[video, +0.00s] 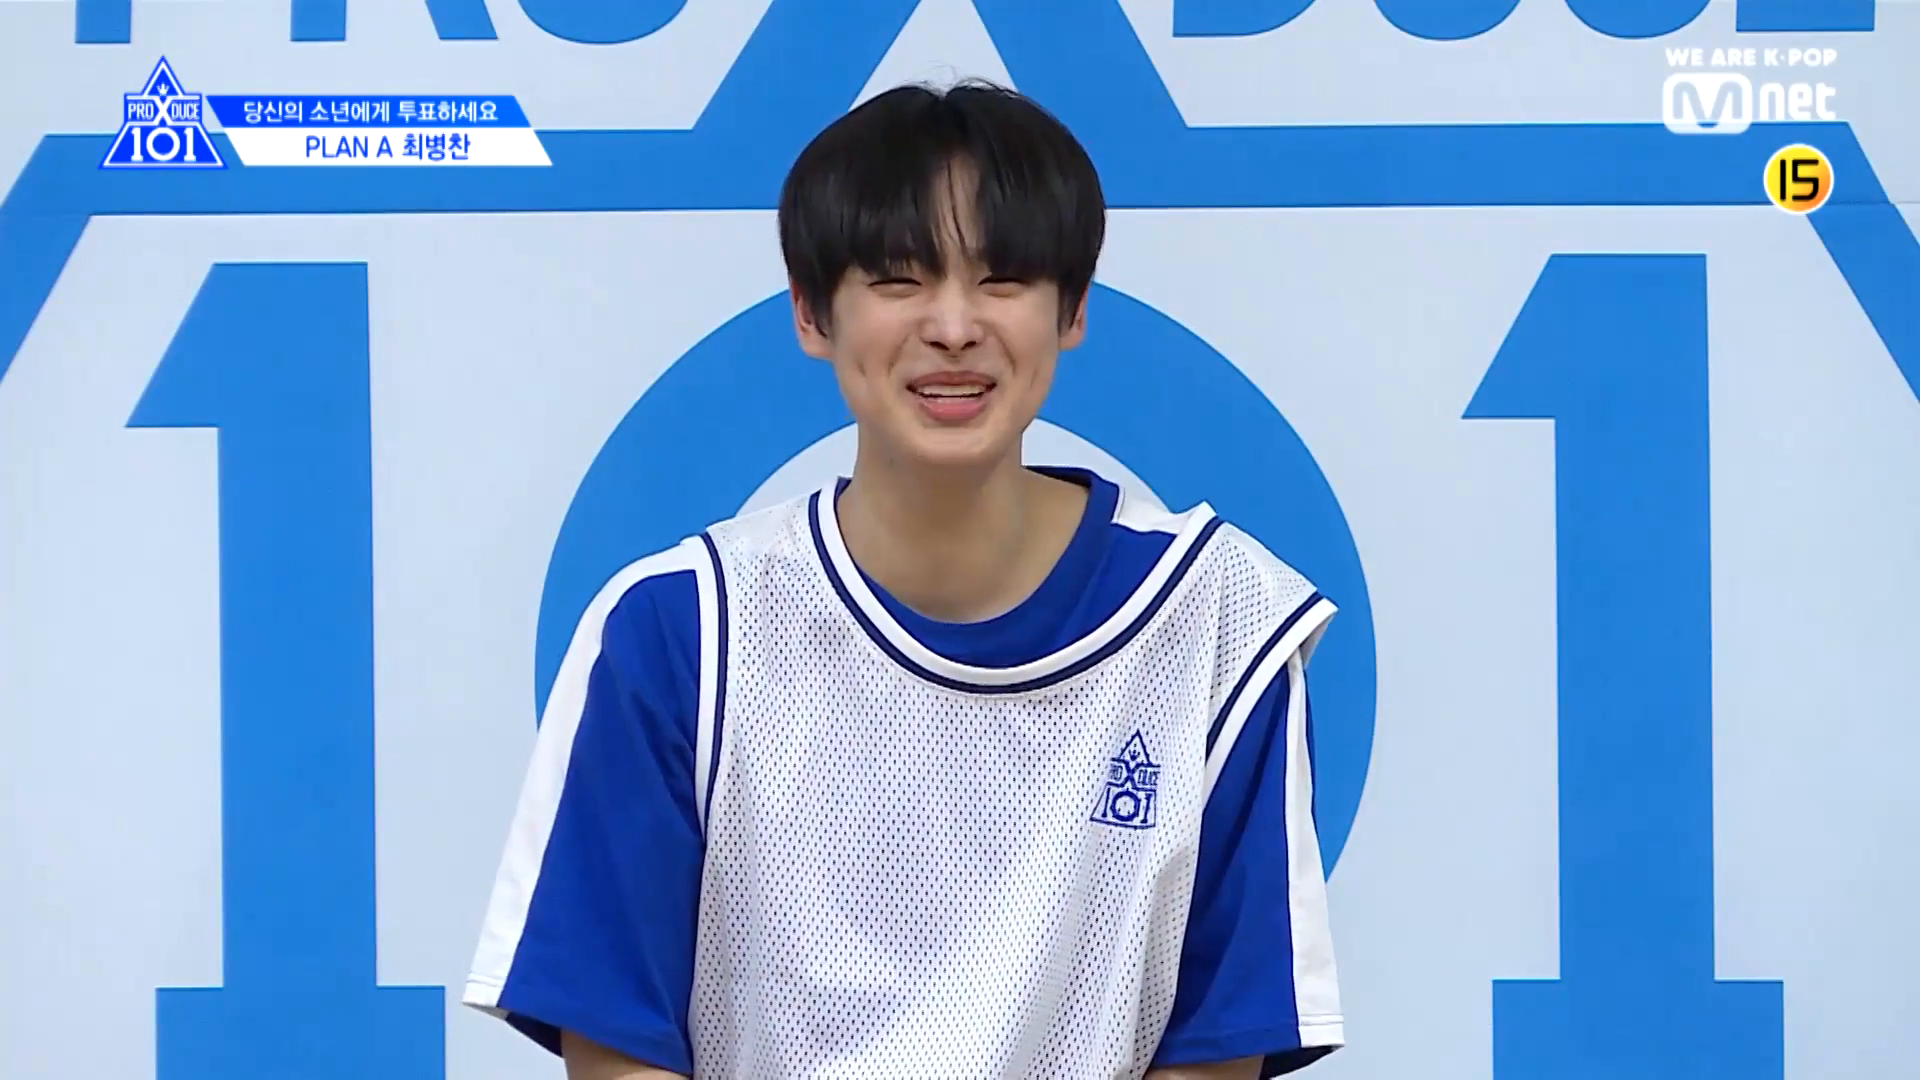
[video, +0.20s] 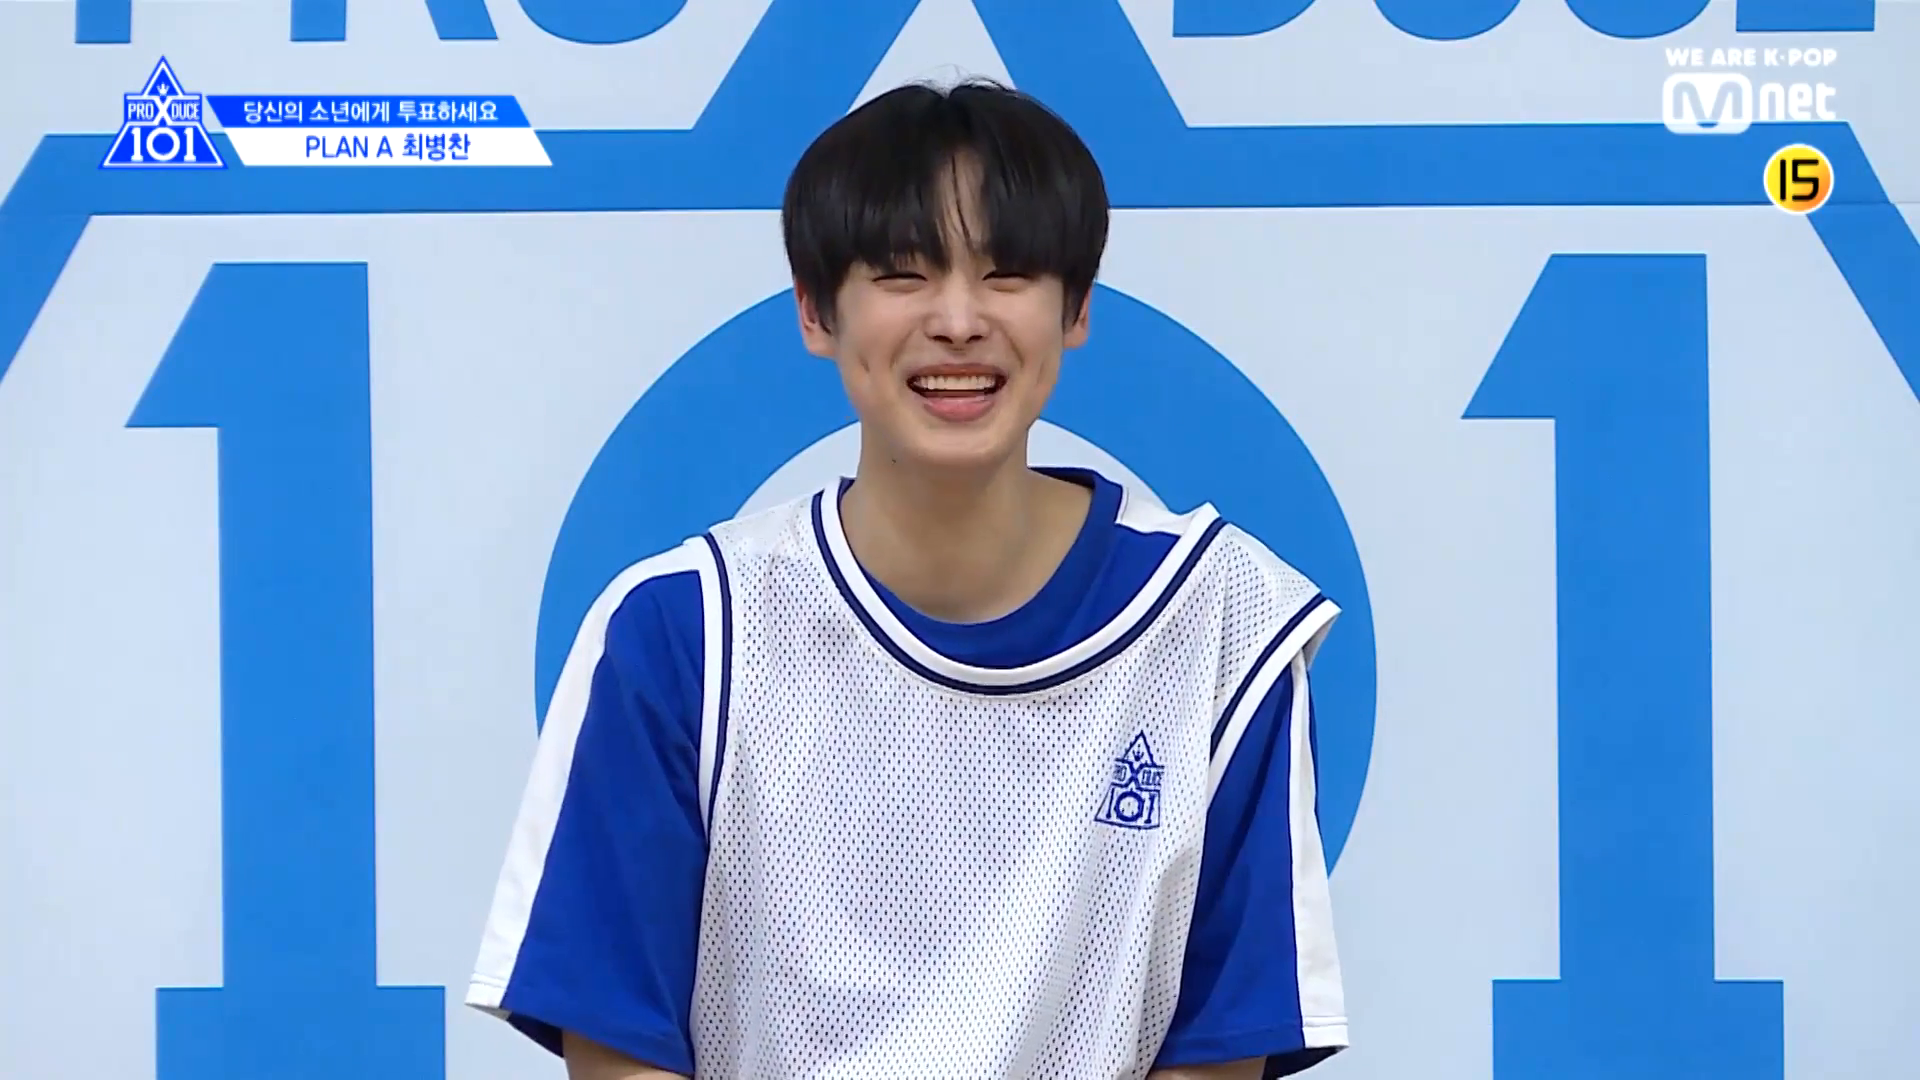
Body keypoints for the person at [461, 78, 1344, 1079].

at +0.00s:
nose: (954, 325)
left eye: (1004, 279)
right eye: (900, 278)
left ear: (1069, 318)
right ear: (815, 318)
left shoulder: (1221, 626)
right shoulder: (672, 633)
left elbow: (1222, 1051)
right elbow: (613, 1046)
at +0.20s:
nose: (958, 319)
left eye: (1008, 272)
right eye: (903, 271)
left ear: (1073, 315)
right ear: (819, 316)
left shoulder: (1225, 627)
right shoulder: (675, 634)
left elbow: (1225, 1052)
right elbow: (613, 1044)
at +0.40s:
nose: (963, 325)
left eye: (1013, 278)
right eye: (906, 278)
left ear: (1076, 322)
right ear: (822, 323)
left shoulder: (1229, 633)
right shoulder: (676, 638)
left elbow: (1230, 1051)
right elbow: (616, 1049)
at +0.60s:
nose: (968, 321)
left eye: (1017, 275)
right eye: (913, 273)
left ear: (1078, 322)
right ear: (824, 321)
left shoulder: (1232, 634)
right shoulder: (677, 639)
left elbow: (1238, 1051)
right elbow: (615, 1048)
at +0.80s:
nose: (968, 324)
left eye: (1017, 279)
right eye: (913, 275)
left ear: (1077, 325)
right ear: (823, 321)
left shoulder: (1229, 645)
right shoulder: (675, 645)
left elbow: (1255, 1053)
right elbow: (616, 1048)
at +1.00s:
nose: (963, 335)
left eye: (1012, 285)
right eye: (910, 283)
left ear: (1074, 325)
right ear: (821, 323)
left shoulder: (1228, 641)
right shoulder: (673, 643)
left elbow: (1250, 1053)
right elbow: (615, 1049)